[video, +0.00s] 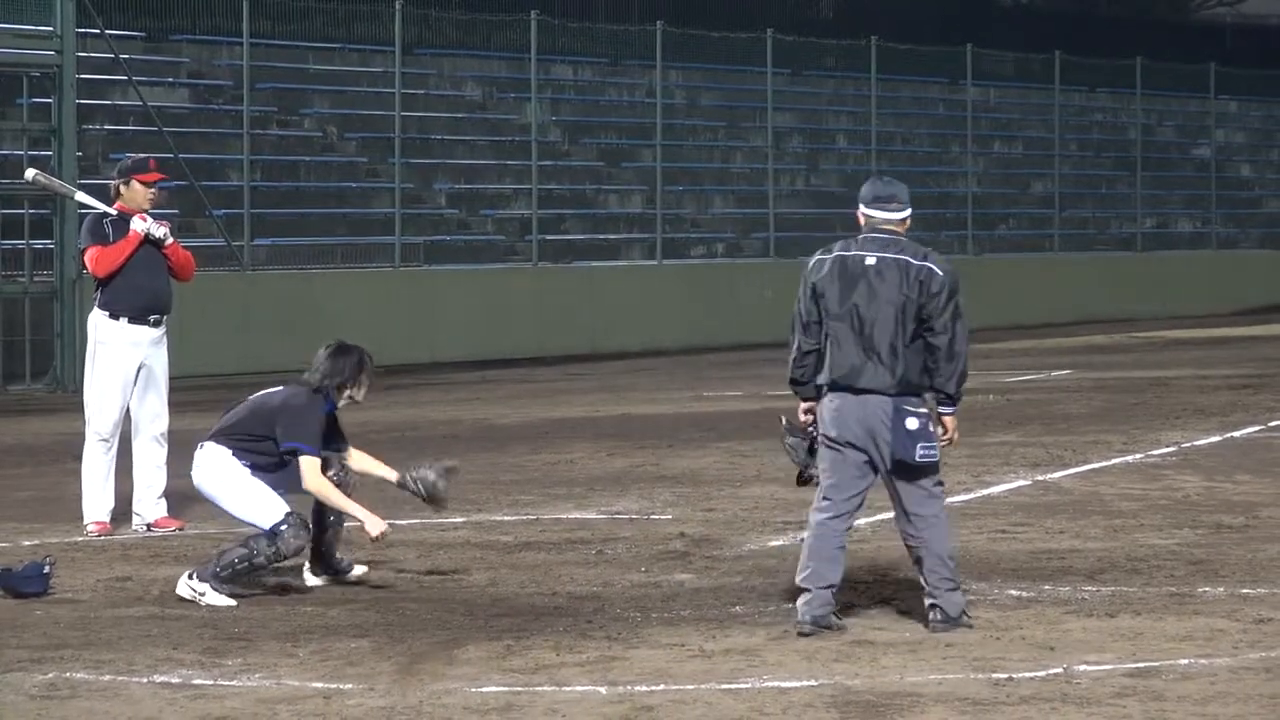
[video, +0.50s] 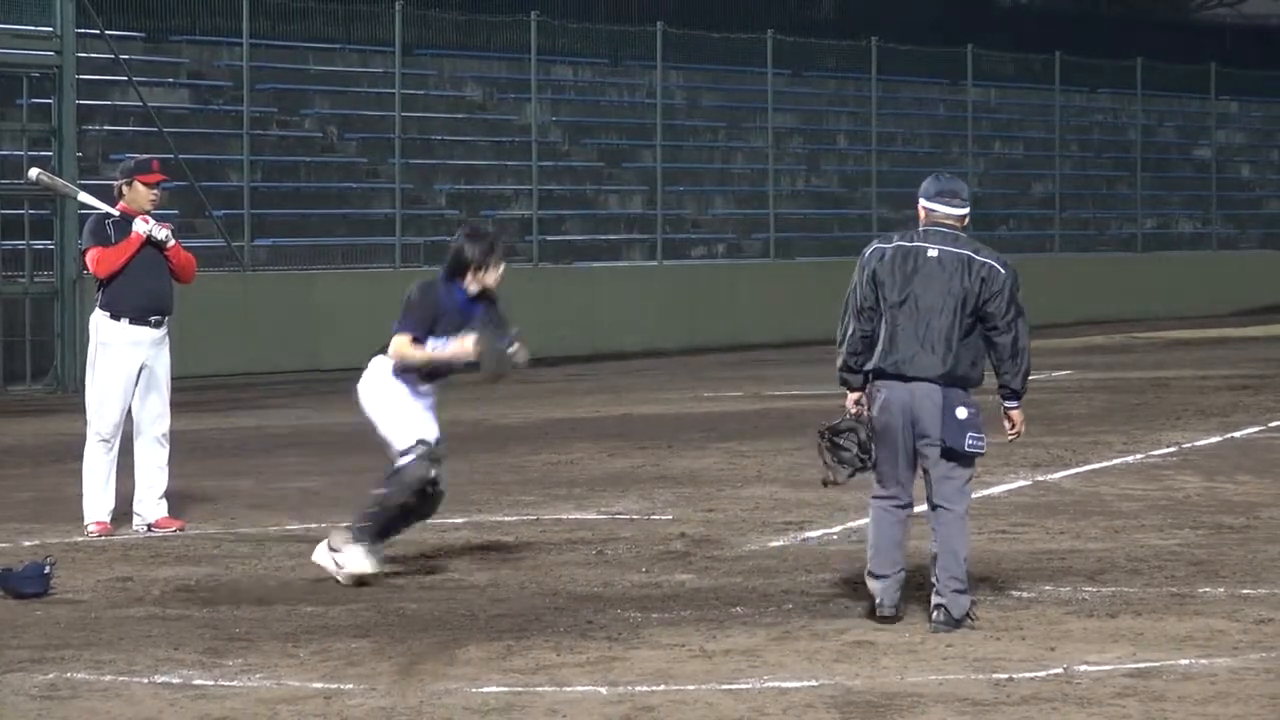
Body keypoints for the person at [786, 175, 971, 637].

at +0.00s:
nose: (898, 224)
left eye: (865, 214)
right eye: (901, 218)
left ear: (859, 217)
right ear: (906, 221)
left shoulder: (824, 262)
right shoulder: (932, 268)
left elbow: (807, 336)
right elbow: (946, 344)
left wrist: (806, 393)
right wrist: (947, 404)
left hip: (843, 405)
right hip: (907, 407)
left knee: (832, 506)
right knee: (925, 505)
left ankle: (814, 606)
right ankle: (945, 605)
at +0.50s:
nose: (922, 216)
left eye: (921, 210)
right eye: (954, 214)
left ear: (920, 212)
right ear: (965, 217)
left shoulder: (879, 254)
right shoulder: (988, 265)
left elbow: (858, 324)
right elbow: (1007, 336)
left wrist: (854, 382)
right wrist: (1012, 398)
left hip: (889, 393)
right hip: (950, 397)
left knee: (890, 494)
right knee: (950, 502)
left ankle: (885, 596)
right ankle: (949, 604)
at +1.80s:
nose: (869, 215)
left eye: (871, 210)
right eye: (904, 210)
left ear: (868, 214)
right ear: (911, 213)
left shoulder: (839, 255)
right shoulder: (943, 260)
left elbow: (824, 324)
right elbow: (955, 327)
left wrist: (821, 378)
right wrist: (948, 376)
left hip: (863, 385)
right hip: (919, 385)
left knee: (859, 470)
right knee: (912, 480)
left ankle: (876, 545)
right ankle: (909, 569)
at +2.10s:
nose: (844, 224)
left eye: (844, 219)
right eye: (848, 219)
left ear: (848, 219)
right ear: (888, 217)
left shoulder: (826, 258)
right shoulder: (923, 257)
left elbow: (815, 327)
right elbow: (937, 321)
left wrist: (811, 383)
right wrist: (924, 369)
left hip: (851, 384)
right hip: (906, 383)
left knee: (848, 474)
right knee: (905, 476)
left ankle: (838, 567)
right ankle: (906, 571)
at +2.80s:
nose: (786, 242)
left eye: (784, 237)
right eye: (785, 237)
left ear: (792, 232)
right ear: (822, 225)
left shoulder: (795, 262)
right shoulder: (867, 257)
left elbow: (790, 324)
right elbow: (884, 318)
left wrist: (783, 384)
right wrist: (882, 372)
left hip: (828, 382)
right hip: (870, 381)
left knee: (819, 473)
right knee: (852, 471)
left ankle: (838, 565)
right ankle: (855, 556)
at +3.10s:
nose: (759, 252)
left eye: (757, 244)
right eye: (755, 246)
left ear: (767, 235)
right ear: (791, 228)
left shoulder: (780, 260)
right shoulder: (832, 248)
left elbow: (799, 317)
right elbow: (853, 308)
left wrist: (794, 377)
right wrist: (866, 363)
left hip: (830, 369)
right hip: (864, 365)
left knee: (788, 453)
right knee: (845, 458)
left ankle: (816, 543)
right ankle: (852, 547)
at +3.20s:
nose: (749, 261)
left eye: (746, 252)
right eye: (744, 254)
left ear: (756, 240)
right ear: (773, 233)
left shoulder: (777, 265)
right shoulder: (813, 249)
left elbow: (800, 322)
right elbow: (833, 311)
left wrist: (792, 381)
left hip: (830, 370)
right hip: (859, 364)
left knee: (793, 461)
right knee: (843, 461)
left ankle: (793, 550)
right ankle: (852, 551)